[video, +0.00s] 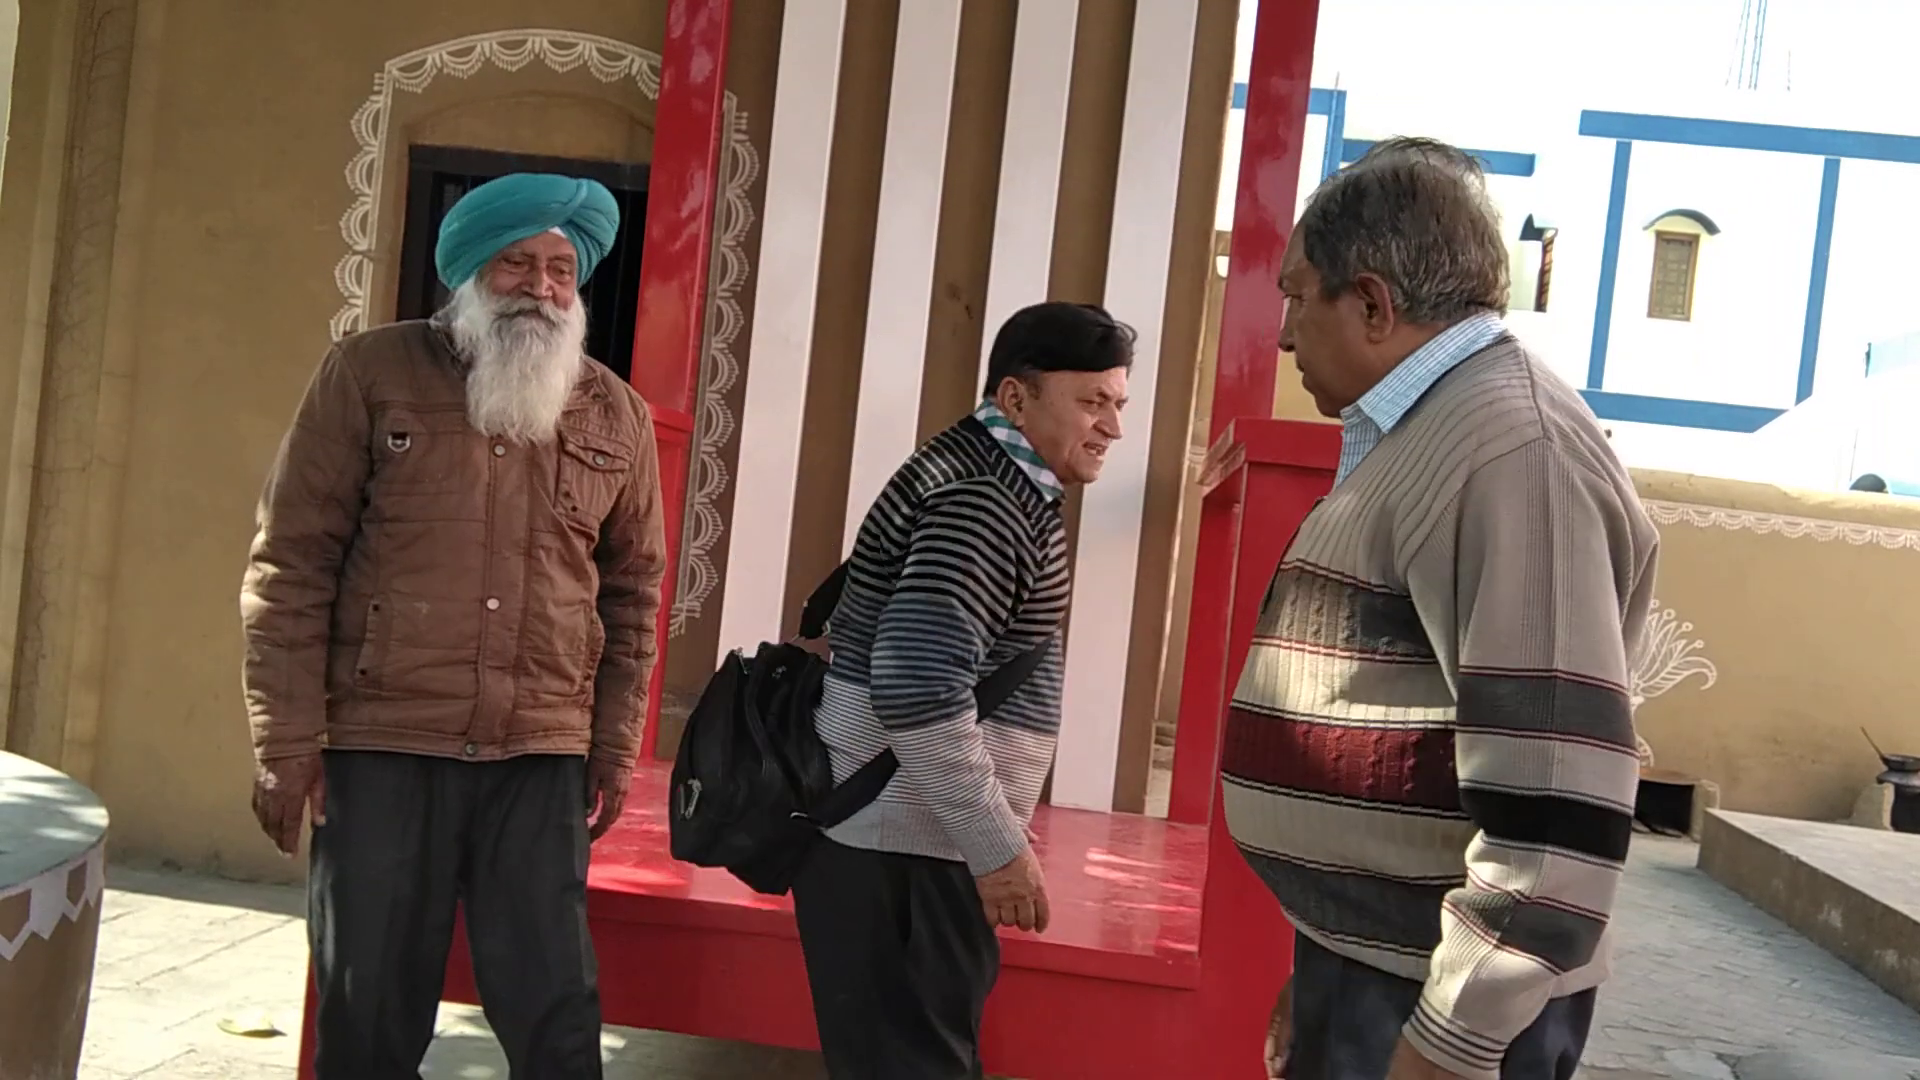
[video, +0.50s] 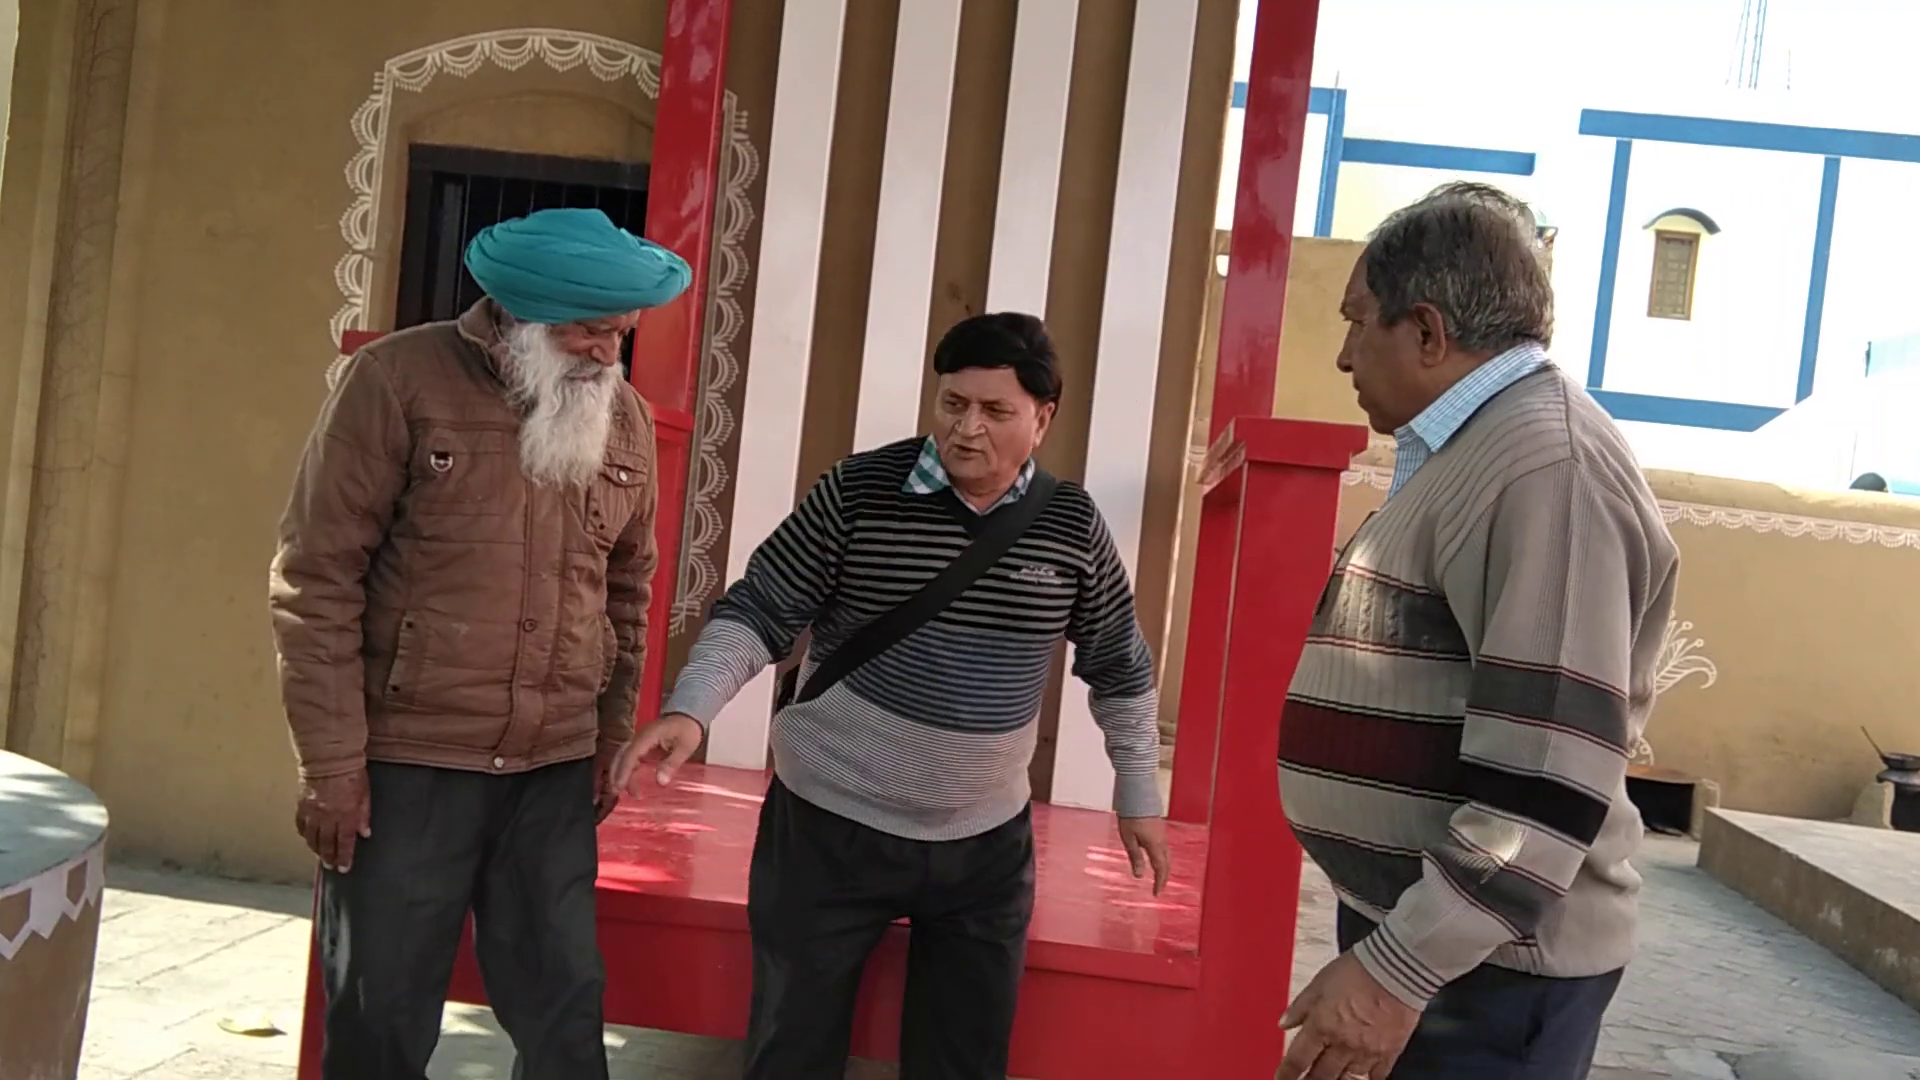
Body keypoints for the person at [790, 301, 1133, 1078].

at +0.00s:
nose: (1110, 423)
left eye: (1117, 406)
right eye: (1092, 401)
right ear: (1019, 395)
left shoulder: (1005, 480)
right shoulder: (985, 491)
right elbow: (918, 682)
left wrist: (1169, 492)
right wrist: (997, 848)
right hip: (898, 864)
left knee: (919, 1061)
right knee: (914, 1064)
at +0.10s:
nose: (1109, 435)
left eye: (1122, 416)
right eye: (1086, 411)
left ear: (1133, 421)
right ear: (1021, 407)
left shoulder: (1048, 515)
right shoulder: (959, 504)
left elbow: (990, 677)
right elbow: (876, 683)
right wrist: (961, 838)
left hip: (962, 866)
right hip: (887, 862)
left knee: (961, 1060)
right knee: (916, 1064)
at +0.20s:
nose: (1101, 437)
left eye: (1119, 418)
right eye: (1078, 411)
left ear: (1133, 425)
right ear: (1023, 405)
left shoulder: (1085, 533)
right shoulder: (938, 500)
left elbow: (1066, 678)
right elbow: (850, 656)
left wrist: (1066, 801)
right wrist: (909, 808)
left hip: (987, 843)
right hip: (866, 826)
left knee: (974, 1050)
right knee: (901, 1046)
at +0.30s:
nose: (1063, 427)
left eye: (1086, 409)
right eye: (1042, 403)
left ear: (1109, 418)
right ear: (1003, 401)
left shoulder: (1094, 528)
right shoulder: (919, 492)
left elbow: (1095, 683)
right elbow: (813, 630)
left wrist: (1094, 806)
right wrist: (839, 773)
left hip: (995, 854)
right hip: (866, 837)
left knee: (969, 1063)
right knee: (853, 1060)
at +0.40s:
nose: (1015, 423)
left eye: (1041, 406)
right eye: (998, 400)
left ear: (1079, 418)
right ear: (971, 398)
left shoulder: (1089, 531)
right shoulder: (888, 491)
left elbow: (1108, 677)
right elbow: (777, 615)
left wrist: (1115, 806)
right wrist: (761, 736)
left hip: (989, 850)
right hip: (838, 832)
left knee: (965, 1066)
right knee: (804, 1062)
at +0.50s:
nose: (969, 427)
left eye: (995, 409)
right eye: (954, 404)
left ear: (1043, 418)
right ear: (932, 401)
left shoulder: (1070, 525)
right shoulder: (859, 490)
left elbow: (1118, 664)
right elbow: (763, 605)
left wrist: (1138, 794)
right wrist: (689, 707)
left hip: (982, 841)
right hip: (827, 826)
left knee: (964, 1065)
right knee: (792, 1058)